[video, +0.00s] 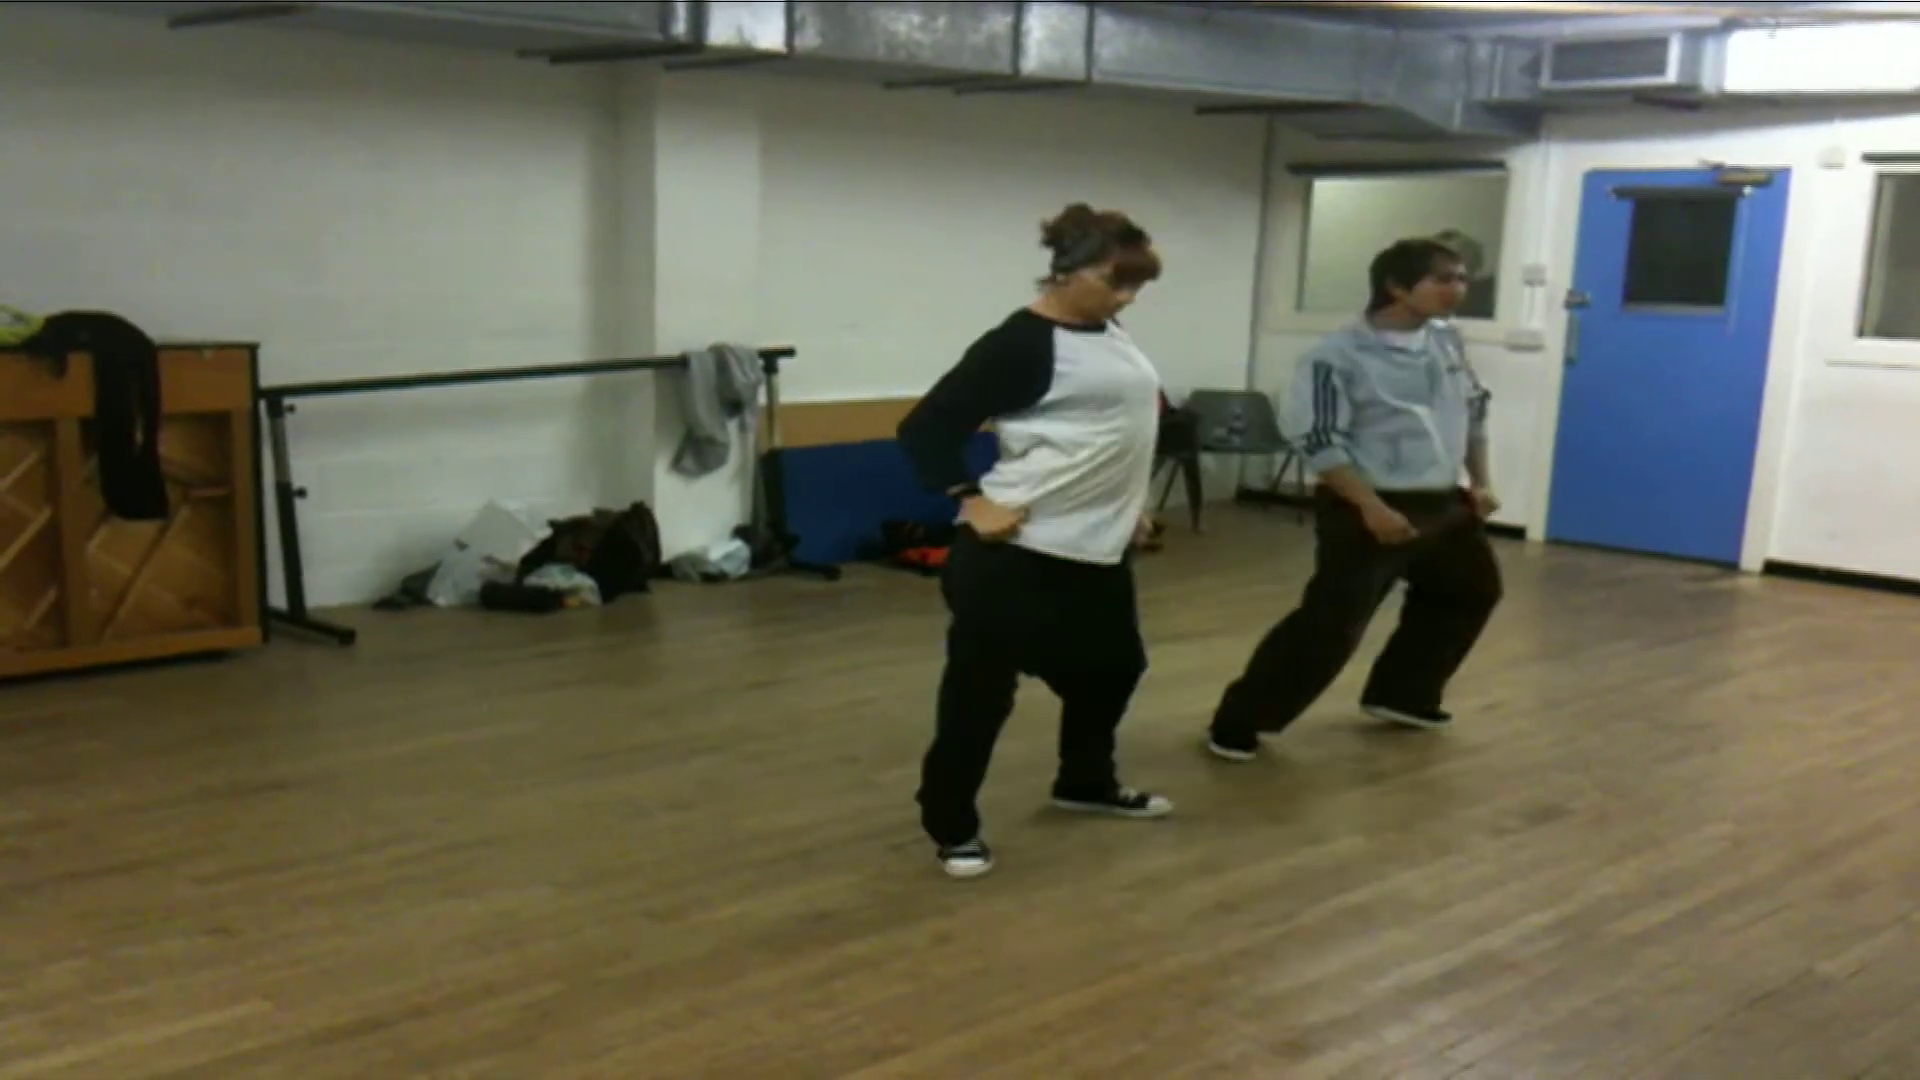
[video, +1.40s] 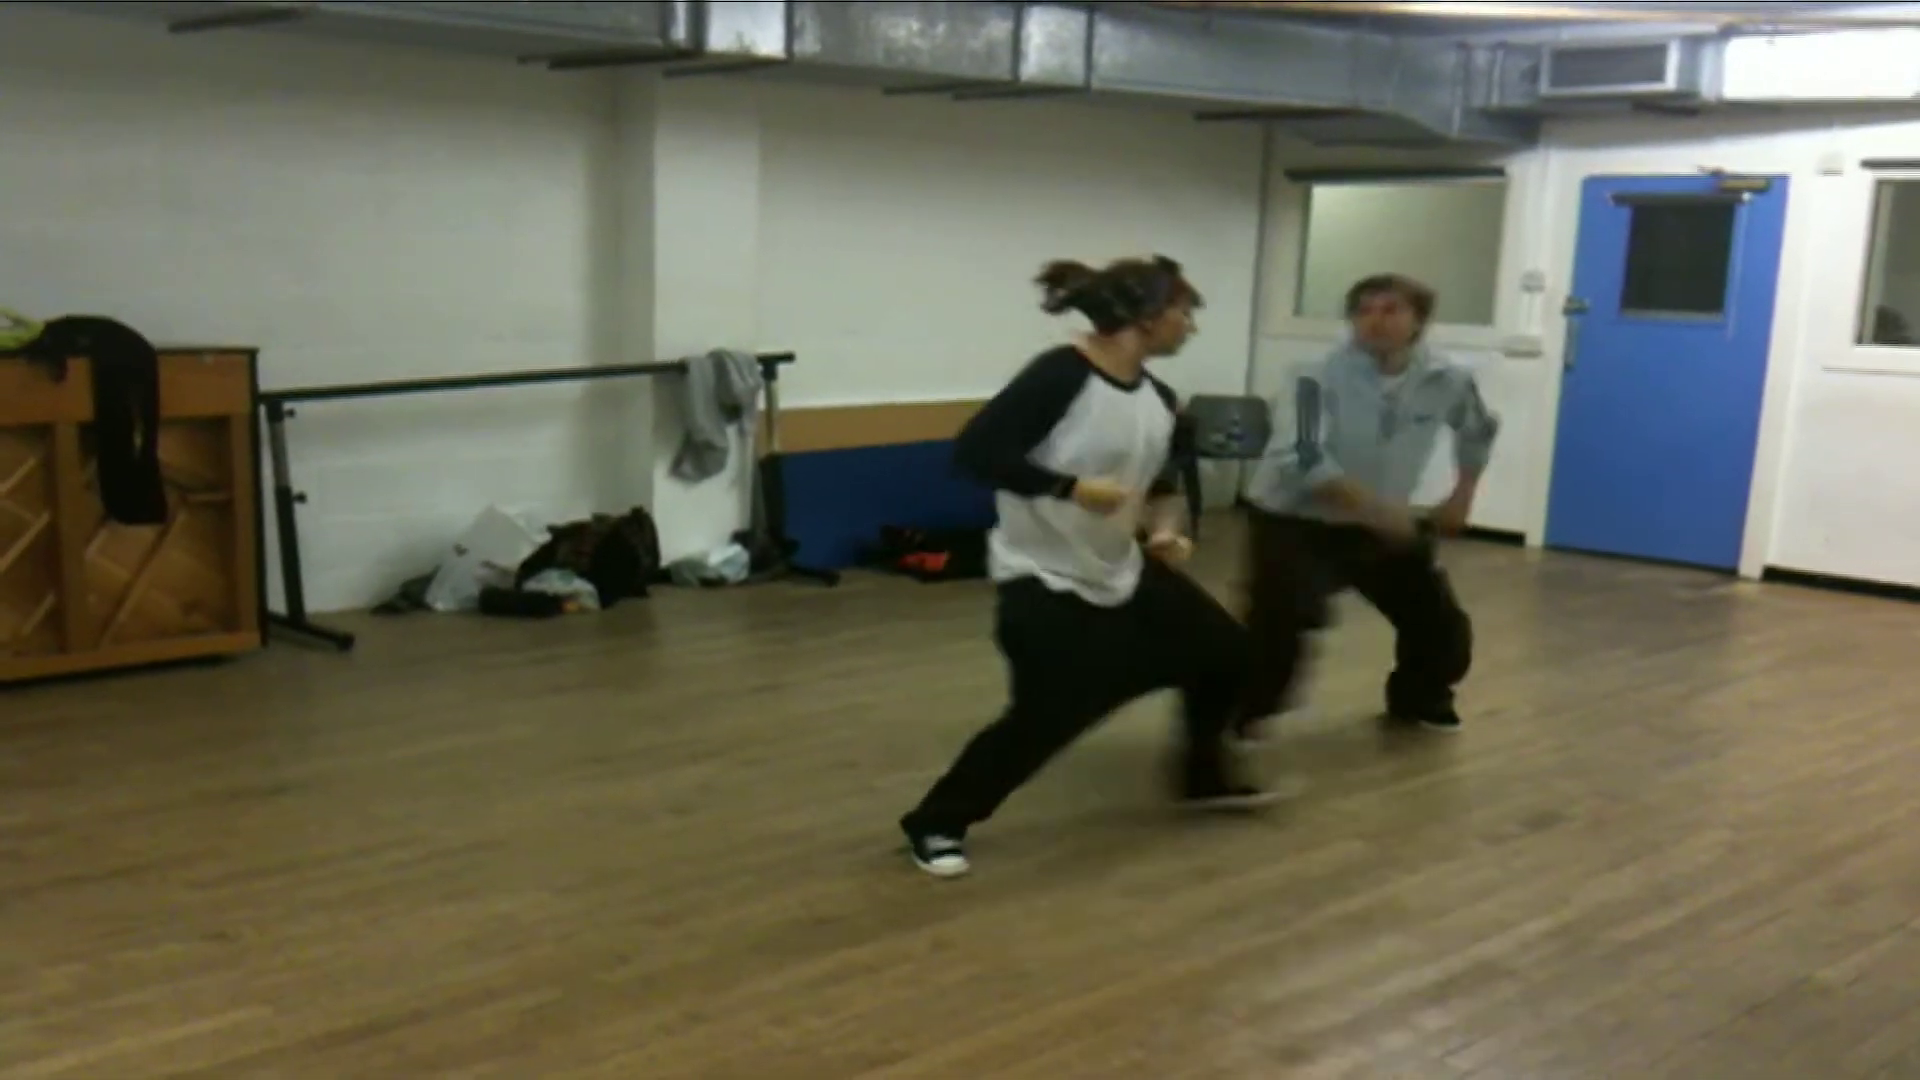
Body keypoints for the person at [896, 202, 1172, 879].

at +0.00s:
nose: (1129, 299)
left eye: (1135, 287)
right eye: (1122, 283)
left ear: (1089, 276)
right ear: (1078, 271)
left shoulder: (1110, 339)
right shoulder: (1020, 343)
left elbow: (1099, 435)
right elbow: (923, 433)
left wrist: (1126, 507)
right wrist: (970, 502)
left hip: (1095, 561)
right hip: (1012, 559)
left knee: (1109, 670)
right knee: (978, 698)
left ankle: (1085, 781)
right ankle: (951, 825)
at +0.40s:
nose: (1127, 349)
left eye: (1131, 334)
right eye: (1114, 332)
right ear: (1065, 327)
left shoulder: (1117, 384)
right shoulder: (1008, 391)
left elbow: (1155, 449)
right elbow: (956, 499)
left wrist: (1125, 538)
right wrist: (1012, 576)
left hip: (1061, 566)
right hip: (980, 575)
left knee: (1110, 699)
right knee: (1040, 709)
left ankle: (1090, 779)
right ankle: (894, 817)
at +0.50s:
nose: (1141, 385)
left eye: (1142, 370)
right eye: (1124, 370)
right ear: (1069, 377)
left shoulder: (1125, 432)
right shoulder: (1022, 435)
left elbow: (1150, 501)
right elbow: (934, 531)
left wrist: (1107, 566)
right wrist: (984, 595)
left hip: (1032, 577)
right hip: (947, 585)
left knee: (1135, 681)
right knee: (1008, 706)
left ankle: (1070, 781)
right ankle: (934, 828)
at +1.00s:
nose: (1110, 307)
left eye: (1115, 294)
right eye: (1098, 291)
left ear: (1110, 300)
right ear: (1049, 295)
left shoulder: (1105, 376)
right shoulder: (993, 355)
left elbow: (1119, 452)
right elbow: (926, 459)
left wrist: (1092, 525)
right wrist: (970, 539)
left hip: (1042, 547)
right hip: (950, 545)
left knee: (1076, 674)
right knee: (958, 683)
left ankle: (1036, 791)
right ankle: (929, 818)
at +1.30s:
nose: (1157, 309)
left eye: (1155, 295)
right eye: (1147, 296)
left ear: (1106, 305)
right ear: (1103, 305)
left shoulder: (1127, 383)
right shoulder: (1019, 368)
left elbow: (1110, 475)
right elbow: (960, 472)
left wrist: (1128, 536)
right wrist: (1056, 515)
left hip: (1089, 567)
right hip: (1007, 570)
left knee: (1167, 666)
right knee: (1008, 693)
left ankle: (1077, 776)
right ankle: (932, 825)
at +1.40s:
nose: (1189, 325)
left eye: (1189, 312)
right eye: (1181, 313)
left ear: (1143, 320)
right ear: (1142, 319)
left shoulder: (1161, 402)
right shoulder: (1060, 375)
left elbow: (1170, 483)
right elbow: (976, 454)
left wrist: (1166, 527)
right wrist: (1071, 488)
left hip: (1126, 578)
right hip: (1046, 584)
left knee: (1222, 652)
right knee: (1052, 713)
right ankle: (936, 823)